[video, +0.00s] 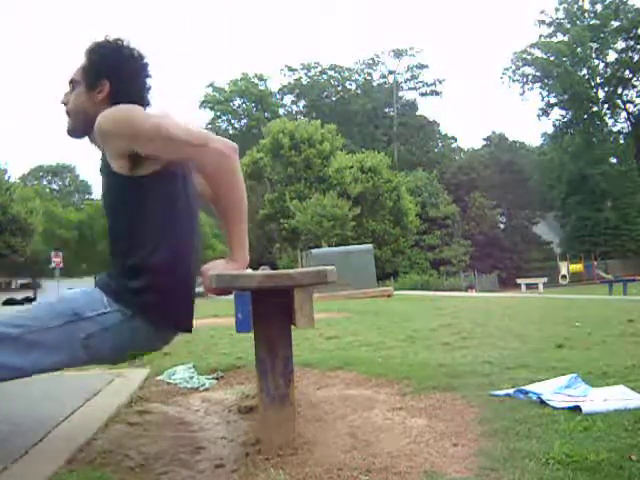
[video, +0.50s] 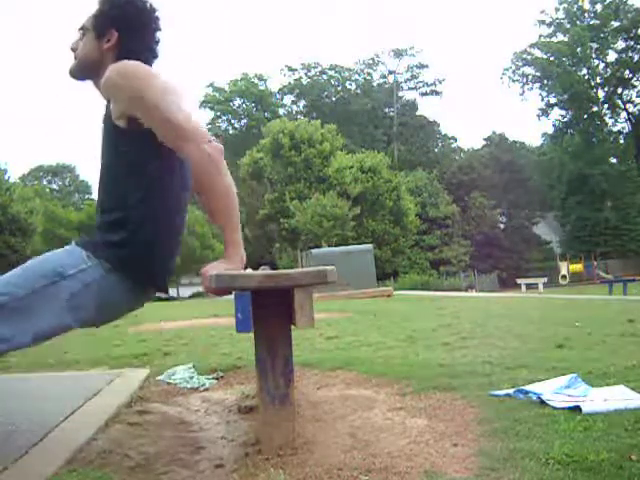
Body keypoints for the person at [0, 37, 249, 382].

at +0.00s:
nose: (64, 99)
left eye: (73, 86)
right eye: (69, 86)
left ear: (101, 91)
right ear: (102, 92)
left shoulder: (114, 122)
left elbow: (222, 154)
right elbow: (211, 190)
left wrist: (239, 259)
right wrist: (243, 251)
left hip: (134, 308)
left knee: (3, 338)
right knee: (9, 326)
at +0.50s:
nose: (73, 45)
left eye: (83, 33)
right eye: (78, 34)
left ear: (109, 40)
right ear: (110, 41)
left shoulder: (123, 76)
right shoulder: (135, 82)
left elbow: (201, 150)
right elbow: (209, 152)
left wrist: (234, 253)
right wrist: (233, 247)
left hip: (112, 265)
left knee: (4, 316)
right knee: (6, 321)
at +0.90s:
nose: (65, 82)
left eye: (75, 68)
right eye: (70, 69)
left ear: (103, 71)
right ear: (103, 72)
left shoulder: (115, 104)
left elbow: (213, 153)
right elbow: (219, 153)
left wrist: (238, 257)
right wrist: (239, 255)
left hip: (120, 293)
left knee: (1, 327)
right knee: (4, 317)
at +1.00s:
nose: (62, 121)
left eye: (70, 108)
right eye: (65, 108)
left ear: (98, 110)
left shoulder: (114, 137)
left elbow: (220, 154)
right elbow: (219, 189)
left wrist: (238, 258)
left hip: (134, 324)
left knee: (3, 332)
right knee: (7, 323)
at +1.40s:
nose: (59, 120)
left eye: (67, 109)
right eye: (63, 109)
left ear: (94, 115)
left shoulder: (110, 143)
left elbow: (217, 155)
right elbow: (220, 194)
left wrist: (239, 258)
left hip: (131, 327)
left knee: (3, 330)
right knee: (8, 322)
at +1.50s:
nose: (62, 81)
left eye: (72, 69)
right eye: (68, 69)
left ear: (99, 76)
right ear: (100, 77)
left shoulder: (110, 109)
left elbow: (212, 153)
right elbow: (202, 187)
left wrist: (237, 257)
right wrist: (240, 250)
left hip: (120, 293)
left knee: (2, 316)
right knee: (5, 311)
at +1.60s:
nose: (64, 44)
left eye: (73, 32)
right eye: (68, 33)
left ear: (102, 36)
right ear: (101, 37)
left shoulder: (115, 73)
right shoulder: (143, 82)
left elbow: (187, 155)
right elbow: (193, 163)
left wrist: (233, 255)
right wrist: (233, 256)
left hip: (109, 259)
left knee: (3, 306)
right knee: (5, 317)